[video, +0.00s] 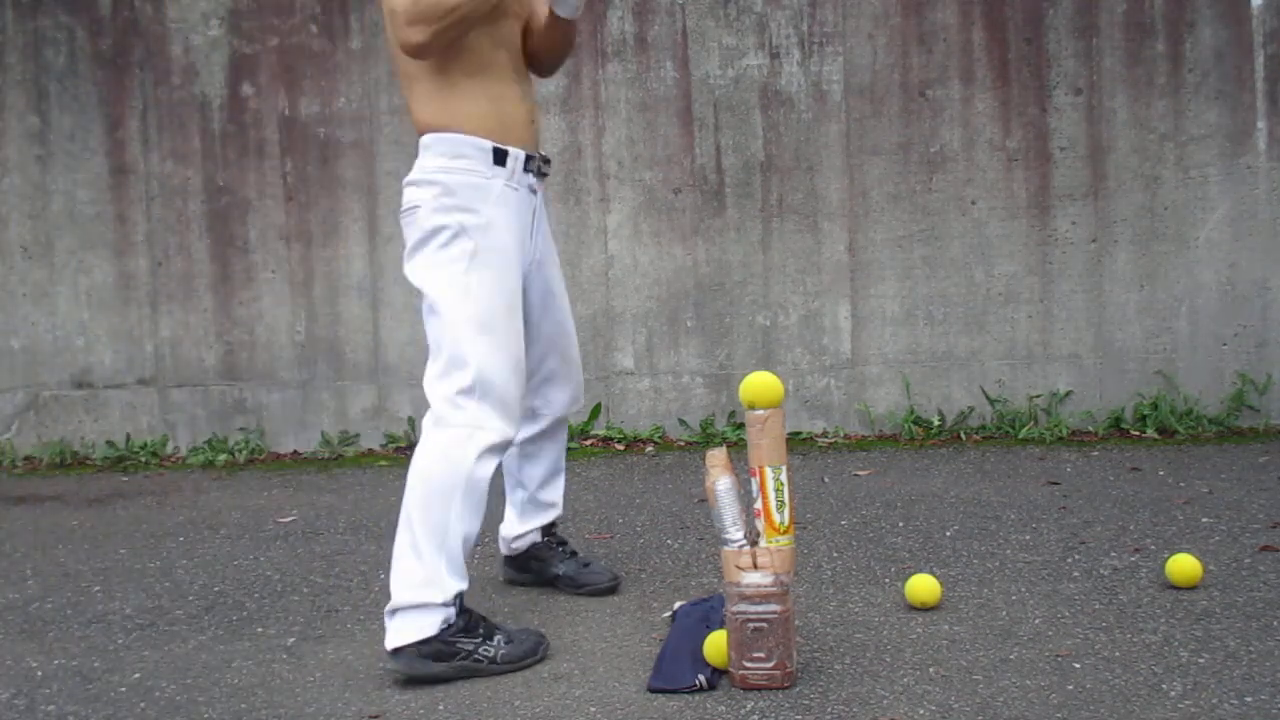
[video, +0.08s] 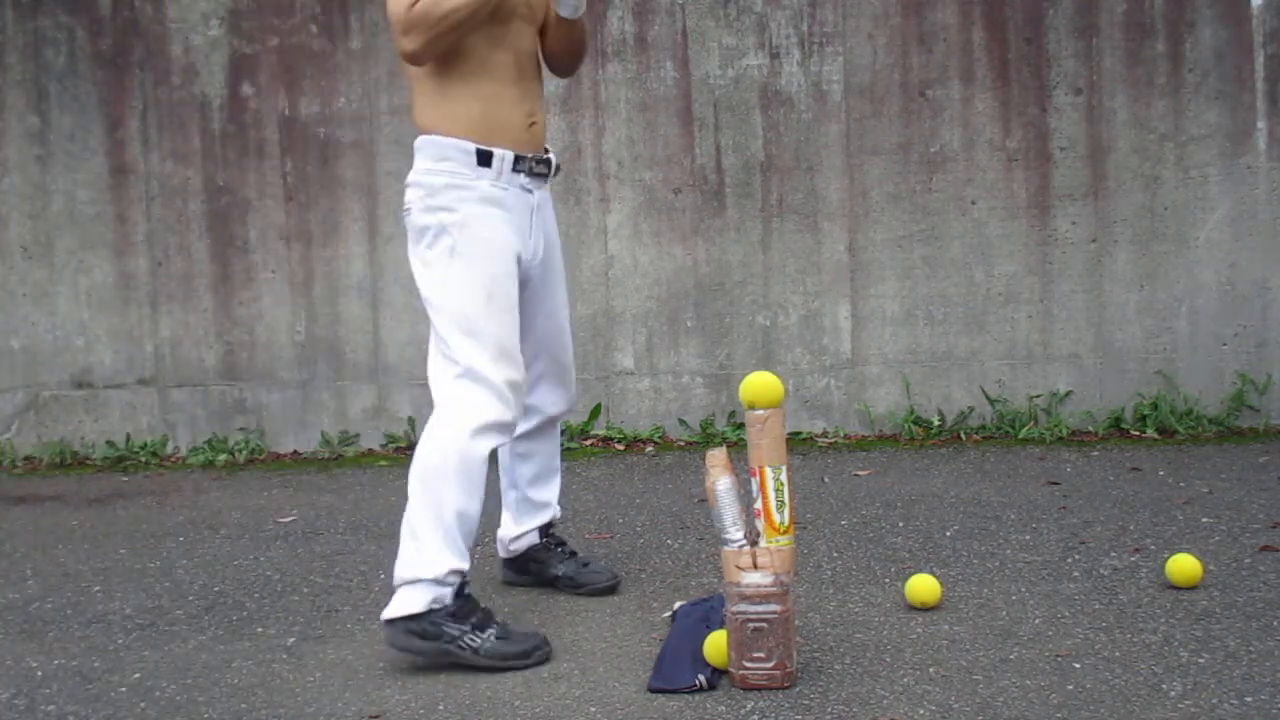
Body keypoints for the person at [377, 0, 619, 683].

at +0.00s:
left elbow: (541, 58)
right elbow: (415, 31)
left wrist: (564, 8)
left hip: (523, 186)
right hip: (463, 182)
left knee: (549, 380)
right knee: (474, 400)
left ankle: (530, 538)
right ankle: (423, 623)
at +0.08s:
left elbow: (565, 61)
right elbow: (413, 39)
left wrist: (564, 9)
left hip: (532, 190)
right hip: (461, 184)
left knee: (543, 384)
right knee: (479, 390)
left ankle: (529, 542)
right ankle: (424, 600)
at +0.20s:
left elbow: (581, 63)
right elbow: (400, 37)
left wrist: (553, 9)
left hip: (537, 190)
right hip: (454, 182)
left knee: (540, 380)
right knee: (478, 372)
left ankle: (527, 538)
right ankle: (454, 557)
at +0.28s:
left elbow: (583, 66)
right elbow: (384, 37)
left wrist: (543, 17)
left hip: (542, 191)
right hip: (453, 188)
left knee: (542, 380)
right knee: (464, 379)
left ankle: (531, 538)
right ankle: (467, 542)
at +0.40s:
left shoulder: (577, 1)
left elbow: (580, 66)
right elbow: (373, 50)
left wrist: (515, 20)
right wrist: (443, 1)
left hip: (546, 190)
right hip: (453, 189)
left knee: (543, 372)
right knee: (447, 375)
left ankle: (530, 538)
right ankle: (469, 513)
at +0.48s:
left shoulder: (575, 1)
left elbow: (577, 66)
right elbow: (371, 58)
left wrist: (499, 25)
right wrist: (429, 8)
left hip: (545, 192)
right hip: (452, 193)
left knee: (545, 371)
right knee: (452, 371)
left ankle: (532, 537)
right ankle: (461, 518)